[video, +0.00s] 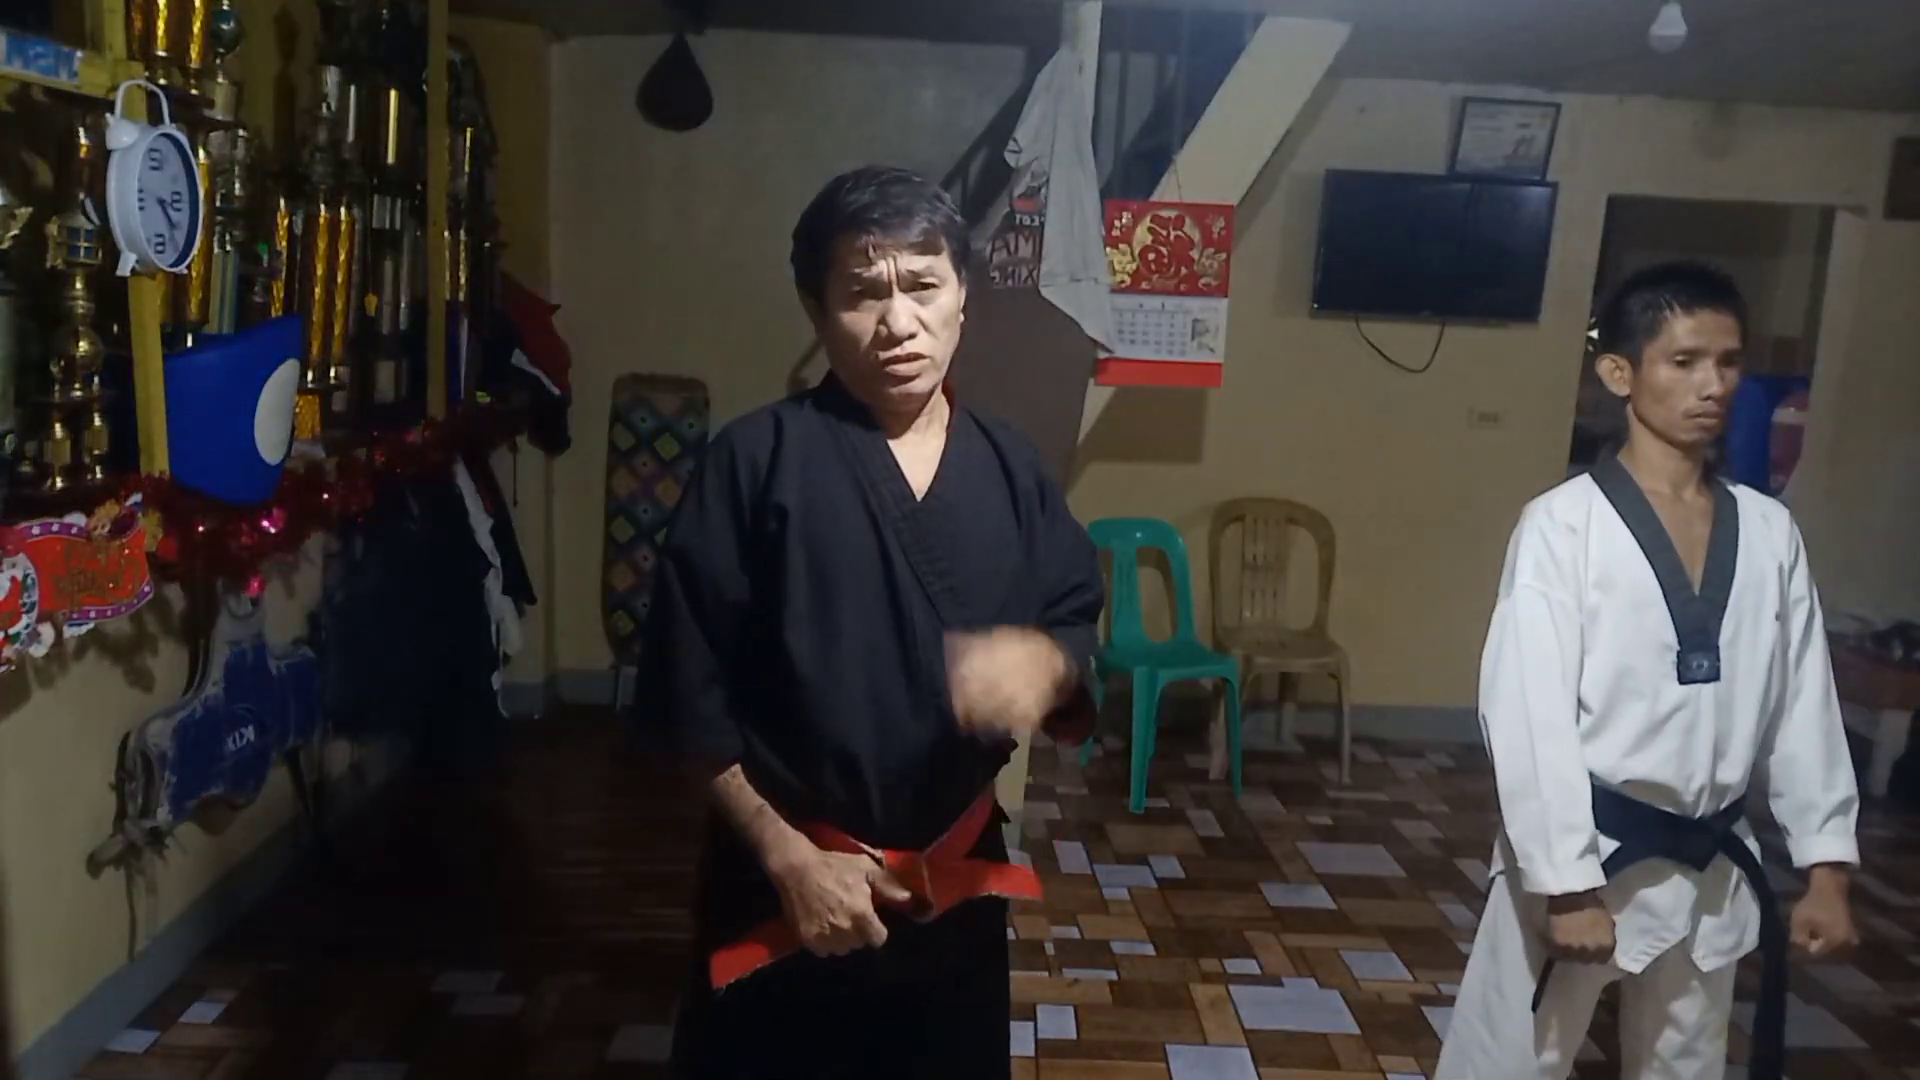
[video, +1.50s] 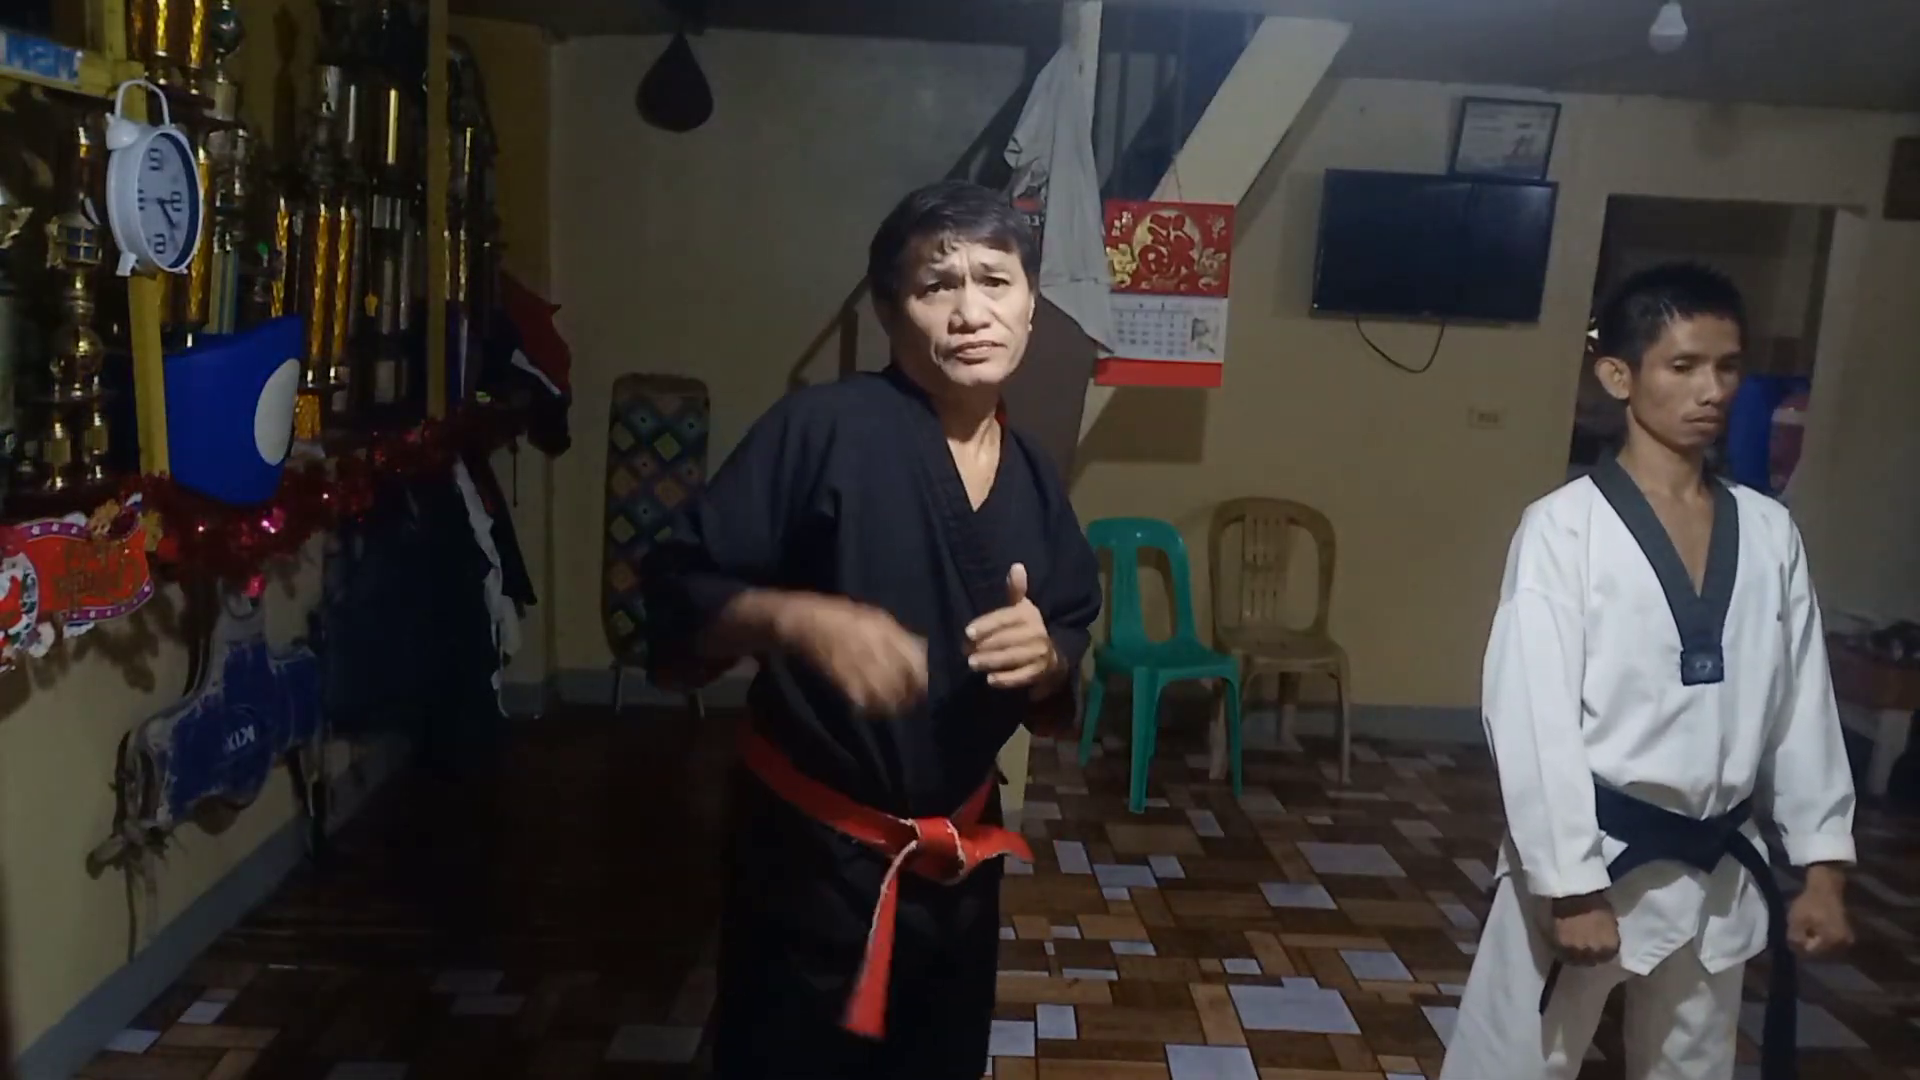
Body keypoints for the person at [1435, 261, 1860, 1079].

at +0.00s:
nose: (1714, 386)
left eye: (1727, 362)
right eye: (1685, 362)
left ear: (1741, 370)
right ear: (1618, 375)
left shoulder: (1769, 530)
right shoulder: (1561, 526)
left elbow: (1803, 703)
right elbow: (1529, 711)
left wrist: (1827, 867)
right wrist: (1569, 885)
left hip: (1710, 869)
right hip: (1578, 864)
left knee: (1684, 1069)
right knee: (1517, 1065)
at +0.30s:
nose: (1712, 388)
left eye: (1725, 364)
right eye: (1683, 364)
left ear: (1738, 371)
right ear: (1616, 375)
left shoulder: (1766, 527)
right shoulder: (1560, 527)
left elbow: (1800, 701)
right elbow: (1531, 710)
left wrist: (1824, 863)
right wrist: (1577, 882)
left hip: (1715, 869)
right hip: (1581, 866)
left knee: (1690, 1069)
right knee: (1523, 1064)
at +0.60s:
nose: (1706, 388)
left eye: (1720, 364)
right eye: (1677, 364)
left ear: (1736, 371)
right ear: (1612, 376)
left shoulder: (1770, 530)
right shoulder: (1559, 529)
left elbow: (1807, 702)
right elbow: (1527, 713)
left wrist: (1830, 864)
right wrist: (1567, 883)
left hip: (1721, 874)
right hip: (1586, 871)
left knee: (1694, 1070)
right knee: (1524, 1066)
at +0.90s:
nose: (1711, 389)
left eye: (1725, 365)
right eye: (1682, 365)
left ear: (1739, 372)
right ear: (1616, 376)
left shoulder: (1771, 530)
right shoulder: (1563, 529)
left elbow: (1807, 704)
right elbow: (1534, 715)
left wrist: (1832, 866)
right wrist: (1578, 886)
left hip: (1722, 873)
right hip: (1586, 868)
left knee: (1694, 1070)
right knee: (1527, 1065)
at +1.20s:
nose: (1713, 390)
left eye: (1728, 367)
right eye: (1685, 366)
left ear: (1742, 373)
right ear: (1617, 377)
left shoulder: (1770, 531)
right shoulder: (1563, 529)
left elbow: (1805, 704)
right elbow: (1533, 714)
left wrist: (1826, 866)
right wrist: (1577, 887)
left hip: (1718, 875)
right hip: (1584, 870)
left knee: (1692, 1069)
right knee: (1525, 1065)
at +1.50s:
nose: (1712, 391)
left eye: (1726, 367)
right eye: (1684, 366)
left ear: (1741, 373)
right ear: (1616, 376)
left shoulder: (1769, 530)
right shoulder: (1562, 529)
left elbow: (1803, 703)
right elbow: (1532, 714)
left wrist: (1824, 865)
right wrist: (1574, 886)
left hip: (1718, 873)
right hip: (1583, 870)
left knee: (1692, 1069)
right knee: (1523, 1065)